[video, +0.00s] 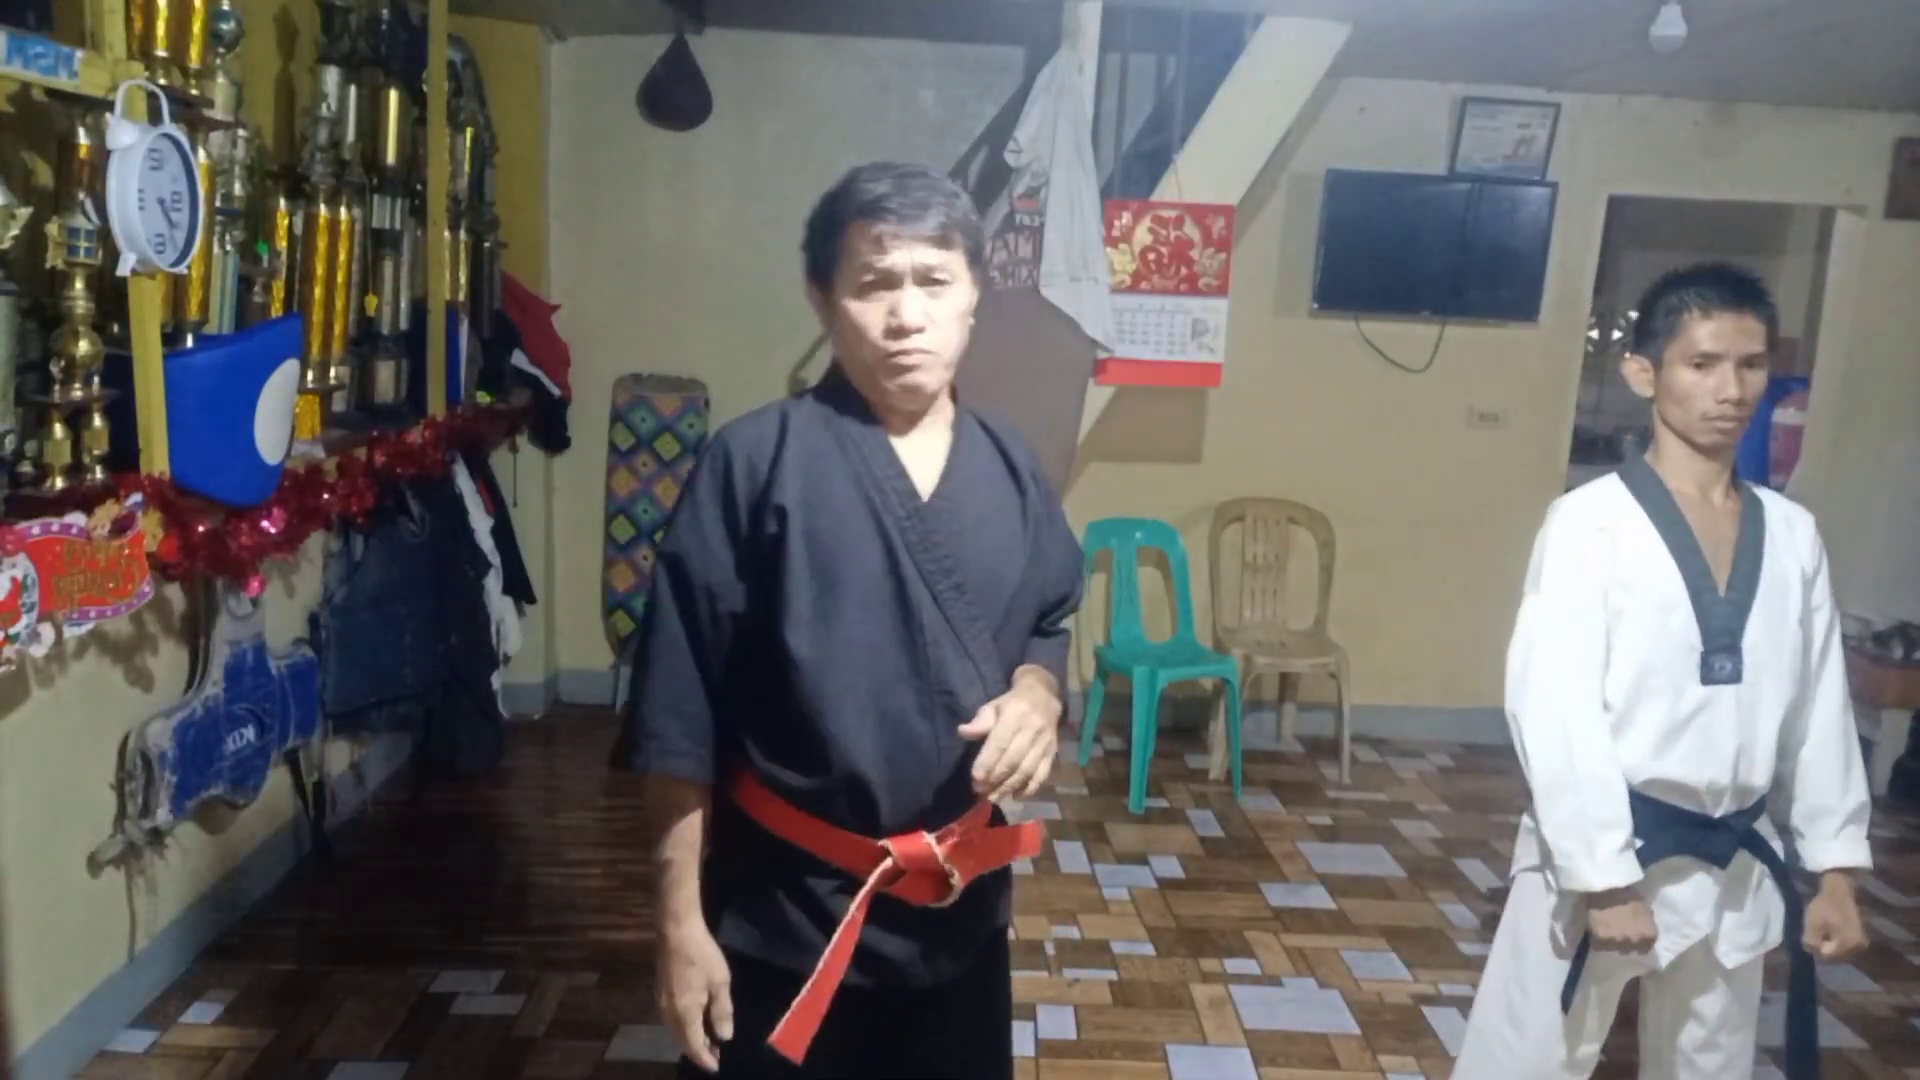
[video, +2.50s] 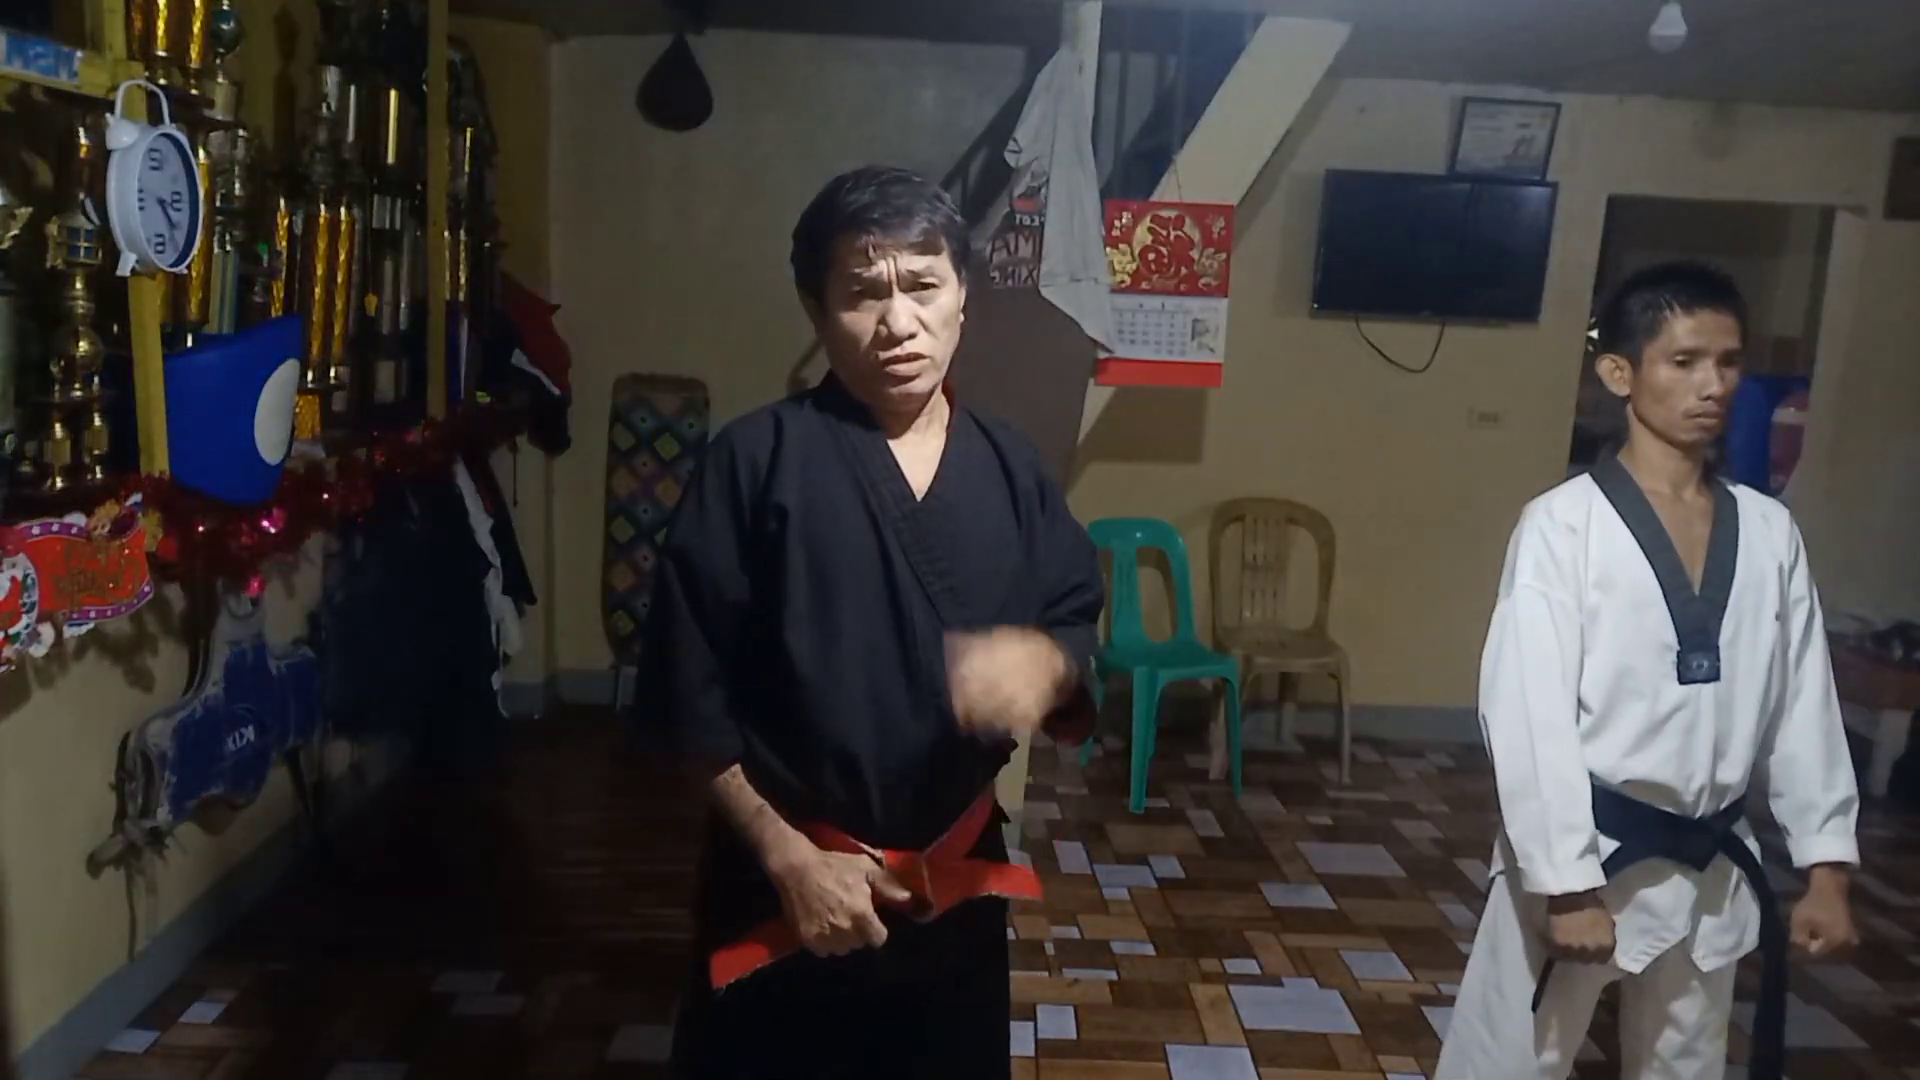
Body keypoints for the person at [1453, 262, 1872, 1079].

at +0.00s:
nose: (1731, 389)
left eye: (1750, 364)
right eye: (1703, 363)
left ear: (1768, 374)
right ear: (1642, 374)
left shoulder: (1793, 534)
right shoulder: (1587, 524)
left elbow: (1820, 709)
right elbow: (1552, 704)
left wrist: (1837, 871)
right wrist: (1607, 879)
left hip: (1735, 869)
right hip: (1595, 861)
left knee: (1710, 1070)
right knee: (1526, 1065)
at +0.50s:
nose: (1708, 387)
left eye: (1726, 361)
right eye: (1679, 361)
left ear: (1746, 370)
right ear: (1620, 374)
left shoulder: (1778, 530)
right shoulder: (1565, 523)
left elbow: (1805, 704)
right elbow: (1524, 702)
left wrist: (1808, 864)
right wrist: (1556, 871)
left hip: (1718, 862)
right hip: (1579, 857)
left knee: (1688, 1069)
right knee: (1505, 1062)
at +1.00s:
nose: (1697, 386)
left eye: (1717, 360)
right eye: (1667, 361)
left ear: (1738, 369)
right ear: (1612, 374)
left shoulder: (1780, 529)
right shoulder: (1559, 523)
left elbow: (1809, 704)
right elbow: (1519, 702)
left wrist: (1814, 864)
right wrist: (1546, 867)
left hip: (1720, 863)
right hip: (1580, 856)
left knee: (1692, 1070)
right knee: (1495, 1063)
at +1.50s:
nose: (1718, 387)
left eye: (1730, 362)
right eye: (1689, 363)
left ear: (1745, 368)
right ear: (1621, 376)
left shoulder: (1775, 530)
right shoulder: (1565, 527)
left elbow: (1808, 705)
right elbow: (1531, 710)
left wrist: (1826, 866)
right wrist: (1570, 880)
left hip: (1721, 870)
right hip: (1581, 864)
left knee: (1693, 1071)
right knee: (1506, 1066)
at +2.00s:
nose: (1724, 385)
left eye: (1738, 362)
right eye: (1696, 361)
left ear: (1751, 372)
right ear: (1628, 374)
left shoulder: (1778, 533)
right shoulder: (1568, 526)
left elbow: (1813, 711)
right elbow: (1535, 711)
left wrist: (1837, 873)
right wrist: (1580, 885)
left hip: (1726, 883)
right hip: (1586, 876)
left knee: (1704, 1070)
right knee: (1528, 1067)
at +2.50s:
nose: (1714, 386)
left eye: (1727, 362)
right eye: (1685, 362)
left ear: (1741, 370)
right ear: (1618, 375)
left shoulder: (1769, 530)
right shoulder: (1561, 526)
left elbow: (1803, 703)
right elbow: (1529, 711)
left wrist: (1827, 867)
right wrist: (1569, 885)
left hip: (1710, 869)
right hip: (1578, 864)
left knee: (1684, 1069)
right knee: (1517, 1065)